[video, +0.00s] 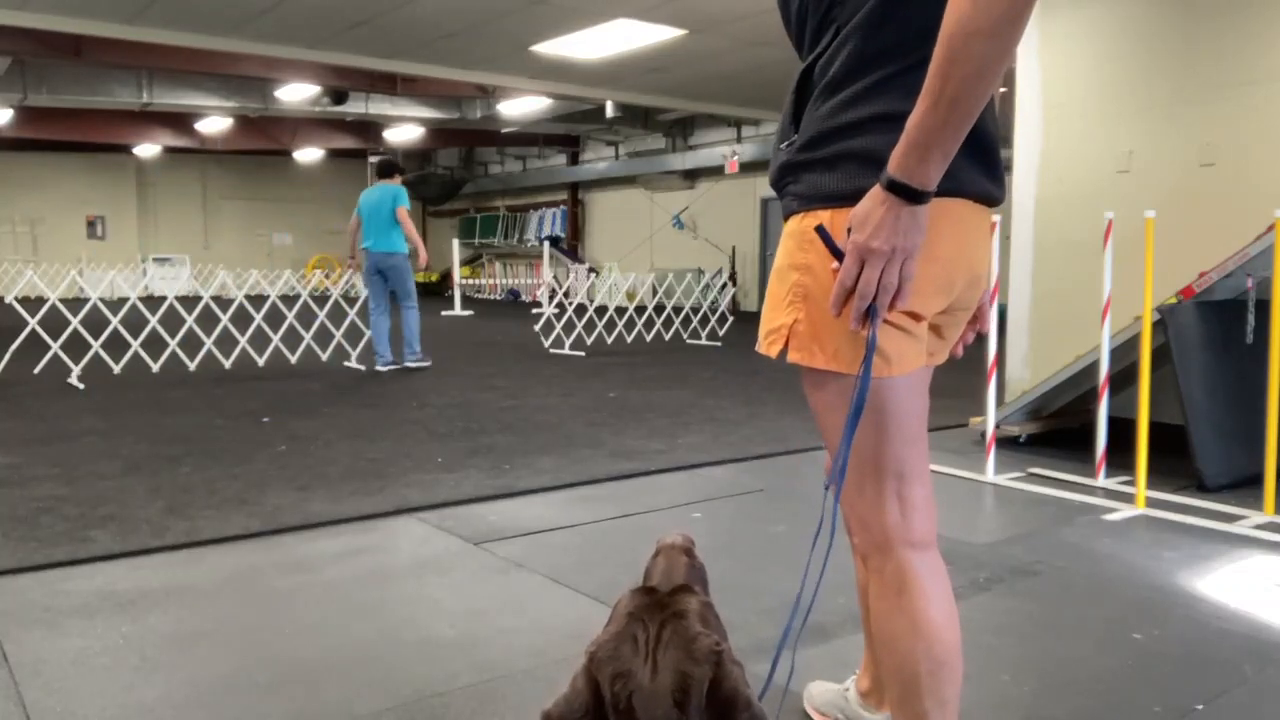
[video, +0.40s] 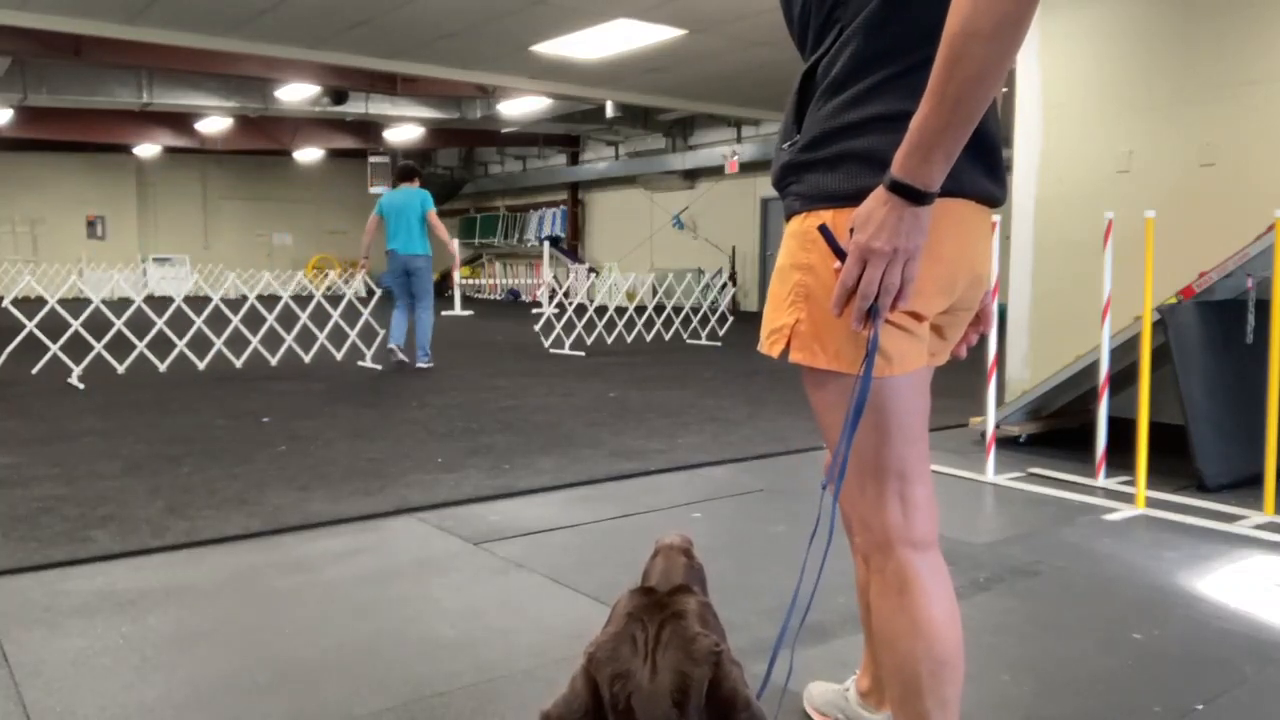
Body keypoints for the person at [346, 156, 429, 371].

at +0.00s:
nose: (400, 180)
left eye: (400, 178)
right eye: (400, 177)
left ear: (378, 176)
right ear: (396, 176)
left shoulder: (365, 194)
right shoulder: (398, 191)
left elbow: (353, 227)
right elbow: (403, 218)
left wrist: (352, 255)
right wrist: (420, 247)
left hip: (370, 254)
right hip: (395, 254)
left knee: (377, 307)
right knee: (409, 304)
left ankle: (382, 358)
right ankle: (413, 354)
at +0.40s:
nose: (419, 184)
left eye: (418, 181)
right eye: (419, 181)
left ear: (397, 180)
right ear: (416, 180)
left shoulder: (385, 198)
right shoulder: (422, 195)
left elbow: (370, 228)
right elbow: (434, 223)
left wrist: (364, 256)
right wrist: (451, 246)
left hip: (395, 255)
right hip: (419, 256)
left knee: (401, 302)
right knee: (424, 305)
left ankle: (394, 343)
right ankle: (423, 357)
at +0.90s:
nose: (387, 187)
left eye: (388, 184)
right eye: (388, 184)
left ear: (390, 185)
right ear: (407, 183)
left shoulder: (384, 204)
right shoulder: (422, 201)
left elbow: (378, 231)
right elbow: (438, 229)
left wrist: (371, 261)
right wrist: (449, 253)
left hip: (398, 258)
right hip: (422, 258)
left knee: (401, 304)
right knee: (424, 304)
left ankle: (407, 347)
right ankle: (423, 348)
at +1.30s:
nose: (371, 186)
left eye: (372, 183)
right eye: (372, 183)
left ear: (376, 184)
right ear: (394, 183)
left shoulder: (374, 203)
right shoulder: (405, 202)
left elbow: (369, 230)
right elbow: (418, 230)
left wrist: (361, 259)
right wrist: (419, 254)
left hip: (386, 256)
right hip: (407, 255)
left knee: (396, 302)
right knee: (399, 300)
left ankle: (408, 348)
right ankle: (398, 339)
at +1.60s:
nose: (360, 189)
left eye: (360, 186)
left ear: (362, 187)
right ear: (380, 186)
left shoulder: (355, 207)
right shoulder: (390, 207)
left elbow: (350, 235)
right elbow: (398, 234)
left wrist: (350, 260)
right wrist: (403, 256)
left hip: (365, 259)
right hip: (387, 259)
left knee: (376, 304)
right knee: (377, 304)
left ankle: (400, 341)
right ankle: (366, 343)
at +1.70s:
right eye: (374, 184)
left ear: (356, 185)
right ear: (374, 186)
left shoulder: (346, 205)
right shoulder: (383, 207)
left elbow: (341, 235)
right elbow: (392, 237)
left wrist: (343, 259)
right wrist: (398, 259)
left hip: (356, 259)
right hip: (380, 259)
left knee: (359, 302)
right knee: (378, 300)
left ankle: (384, 333)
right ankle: (365, 343)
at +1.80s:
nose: (370, 187)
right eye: (369, 184)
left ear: (350, 185)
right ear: (368, 185)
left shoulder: (340, 203)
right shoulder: (377, 205)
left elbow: (334, 232)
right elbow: (384, 234)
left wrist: (337, 254)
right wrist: (393, 259)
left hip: (349, 257)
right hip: (373, 257)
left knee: (350, 299)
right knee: (373, 297)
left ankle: (362, 341)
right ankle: (364, 338)